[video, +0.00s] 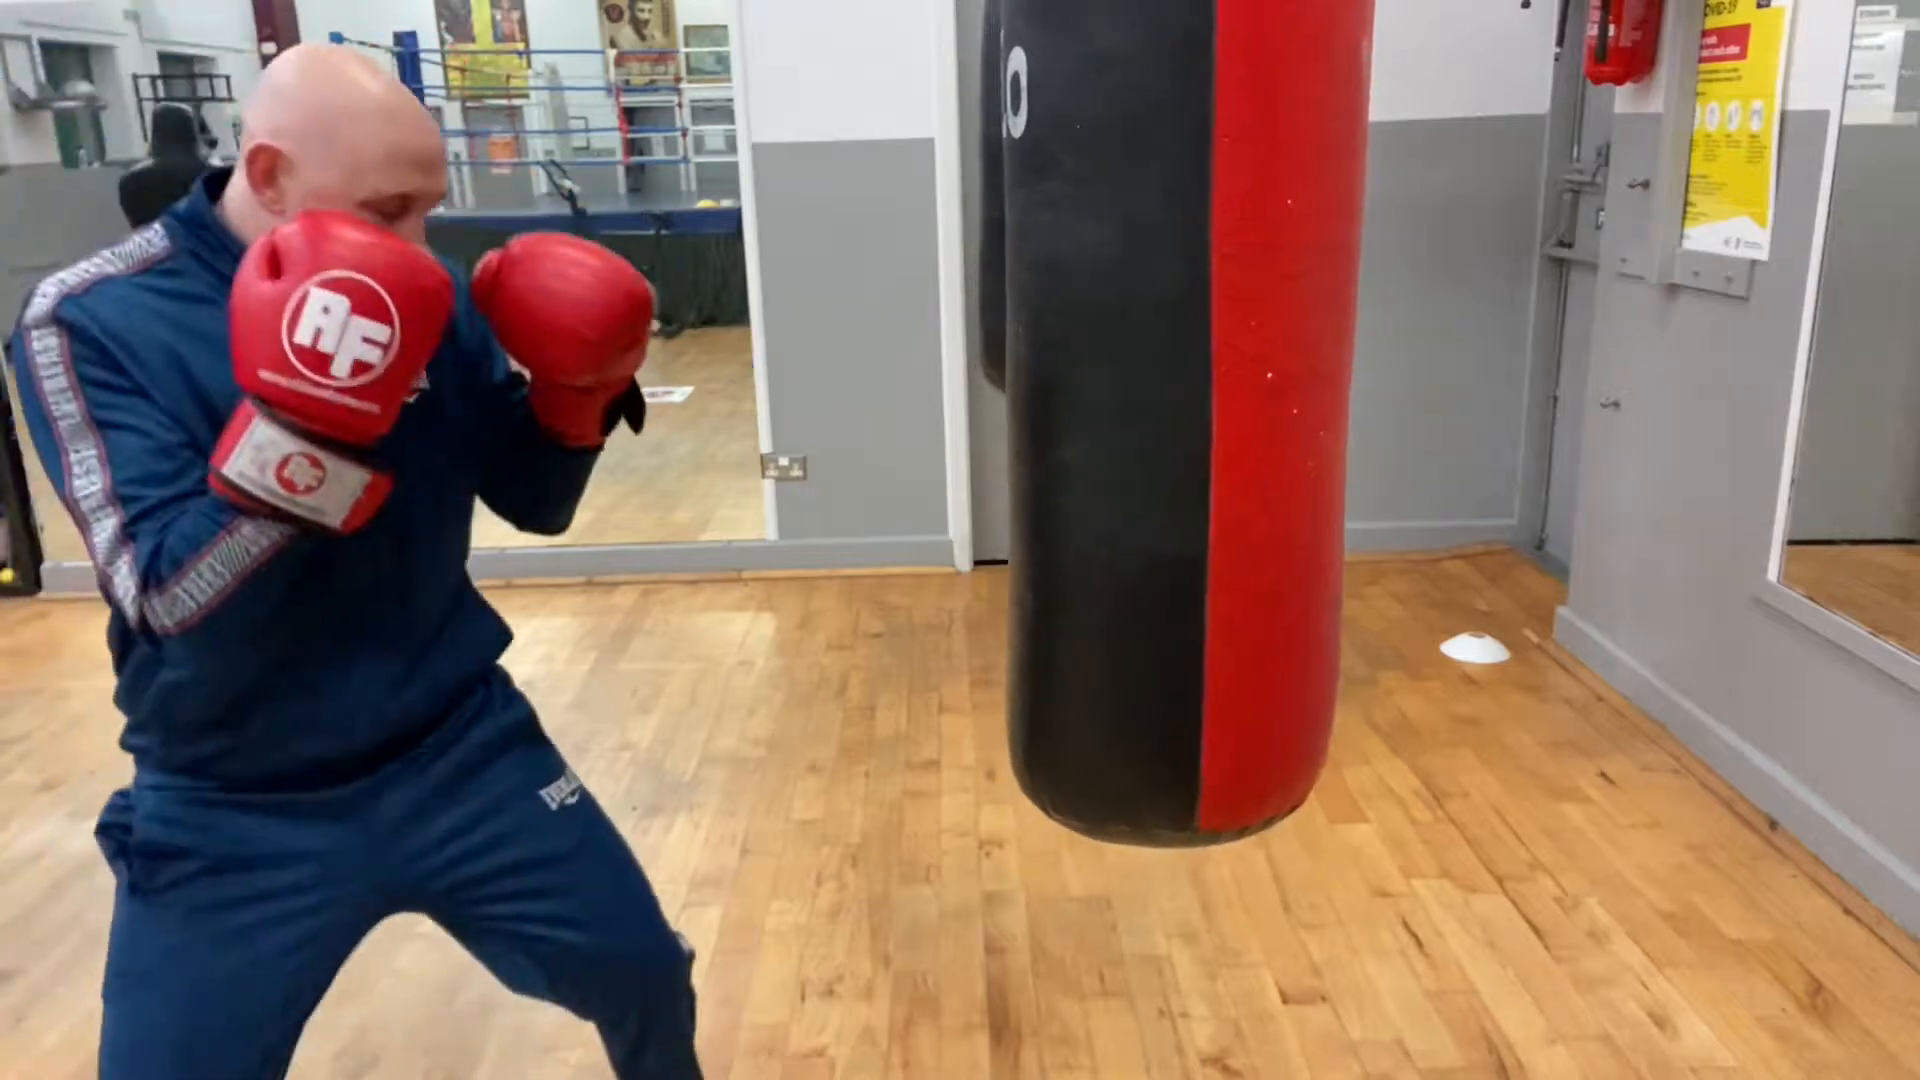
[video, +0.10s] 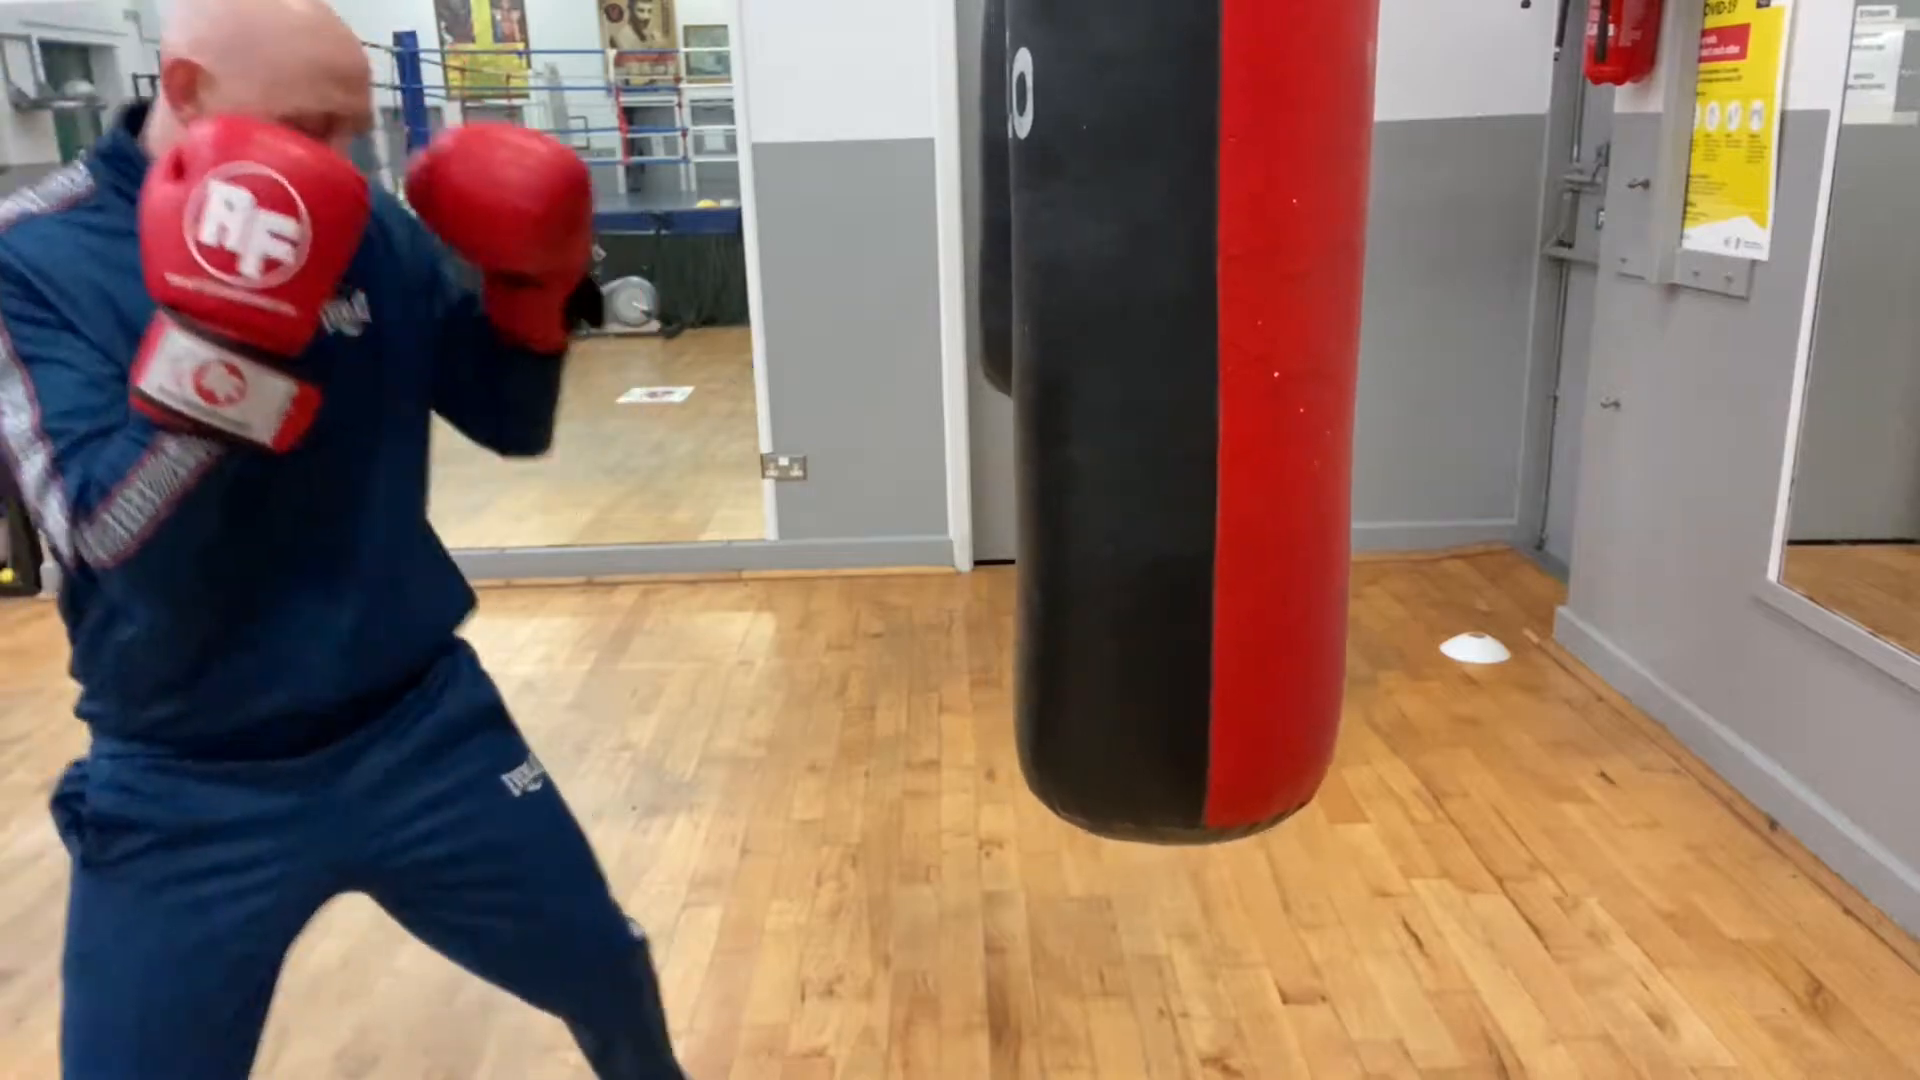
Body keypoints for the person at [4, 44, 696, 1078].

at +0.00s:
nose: (413, 243)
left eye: (425, 212)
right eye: (385, 213)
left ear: (435, 187)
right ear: (268, 178)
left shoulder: (416, 295)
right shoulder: (85, 323)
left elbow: (535, 501)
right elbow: (161, 601)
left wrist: (578, 401)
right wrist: (303, 430)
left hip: (462, 760)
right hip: (231, 820)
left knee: (645, 977)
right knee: (164, 1067)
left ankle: (667, 1072)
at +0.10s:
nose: (344, 170)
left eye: (353, 131)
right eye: (312, 131)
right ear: (184, 96)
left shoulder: (366, 224)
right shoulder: (43, 261)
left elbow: (511, 419)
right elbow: (100, 531)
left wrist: (532, 291)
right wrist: (223, 331)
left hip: (420, 742)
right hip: (183, 797)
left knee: (611, 978)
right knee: (130, 1071)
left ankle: (654, 1077)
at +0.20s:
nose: (233, 82)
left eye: (247, 45)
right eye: (195, 43)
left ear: (271, 25)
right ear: (71, 18)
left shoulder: (277, 151)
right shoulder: (11, 186)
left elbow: (423, 373)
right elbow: (19, 497)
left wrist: (435, 244)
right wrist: (118, 278)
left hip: (342, 683)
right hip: (100, 733)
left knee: (527, 974)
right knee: (74, 1069)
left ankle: (603, 1073)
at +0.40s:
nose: (124, 143)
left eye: (138, 102)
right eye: (83, 103)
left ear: (153, 99)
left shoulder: (169, 261)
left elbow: (275, 487)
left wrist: (283, 333)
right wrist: (23, 385)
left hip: (246, 748)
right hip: (38, 805)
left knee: (394, 1006)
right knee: (52, 1066)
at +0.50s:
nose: (101, 50)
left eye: (120, 14)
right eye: (64, 12)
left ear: (140, 22)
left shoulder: (165, 166)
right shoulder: (7, 206)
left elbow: (281, 407)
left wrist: (268, 236)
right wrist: (25, 274)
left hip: (214, 666)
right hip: (30, 700)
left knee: (343, 960)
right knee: (28, 1040)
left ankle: (324, 1062)